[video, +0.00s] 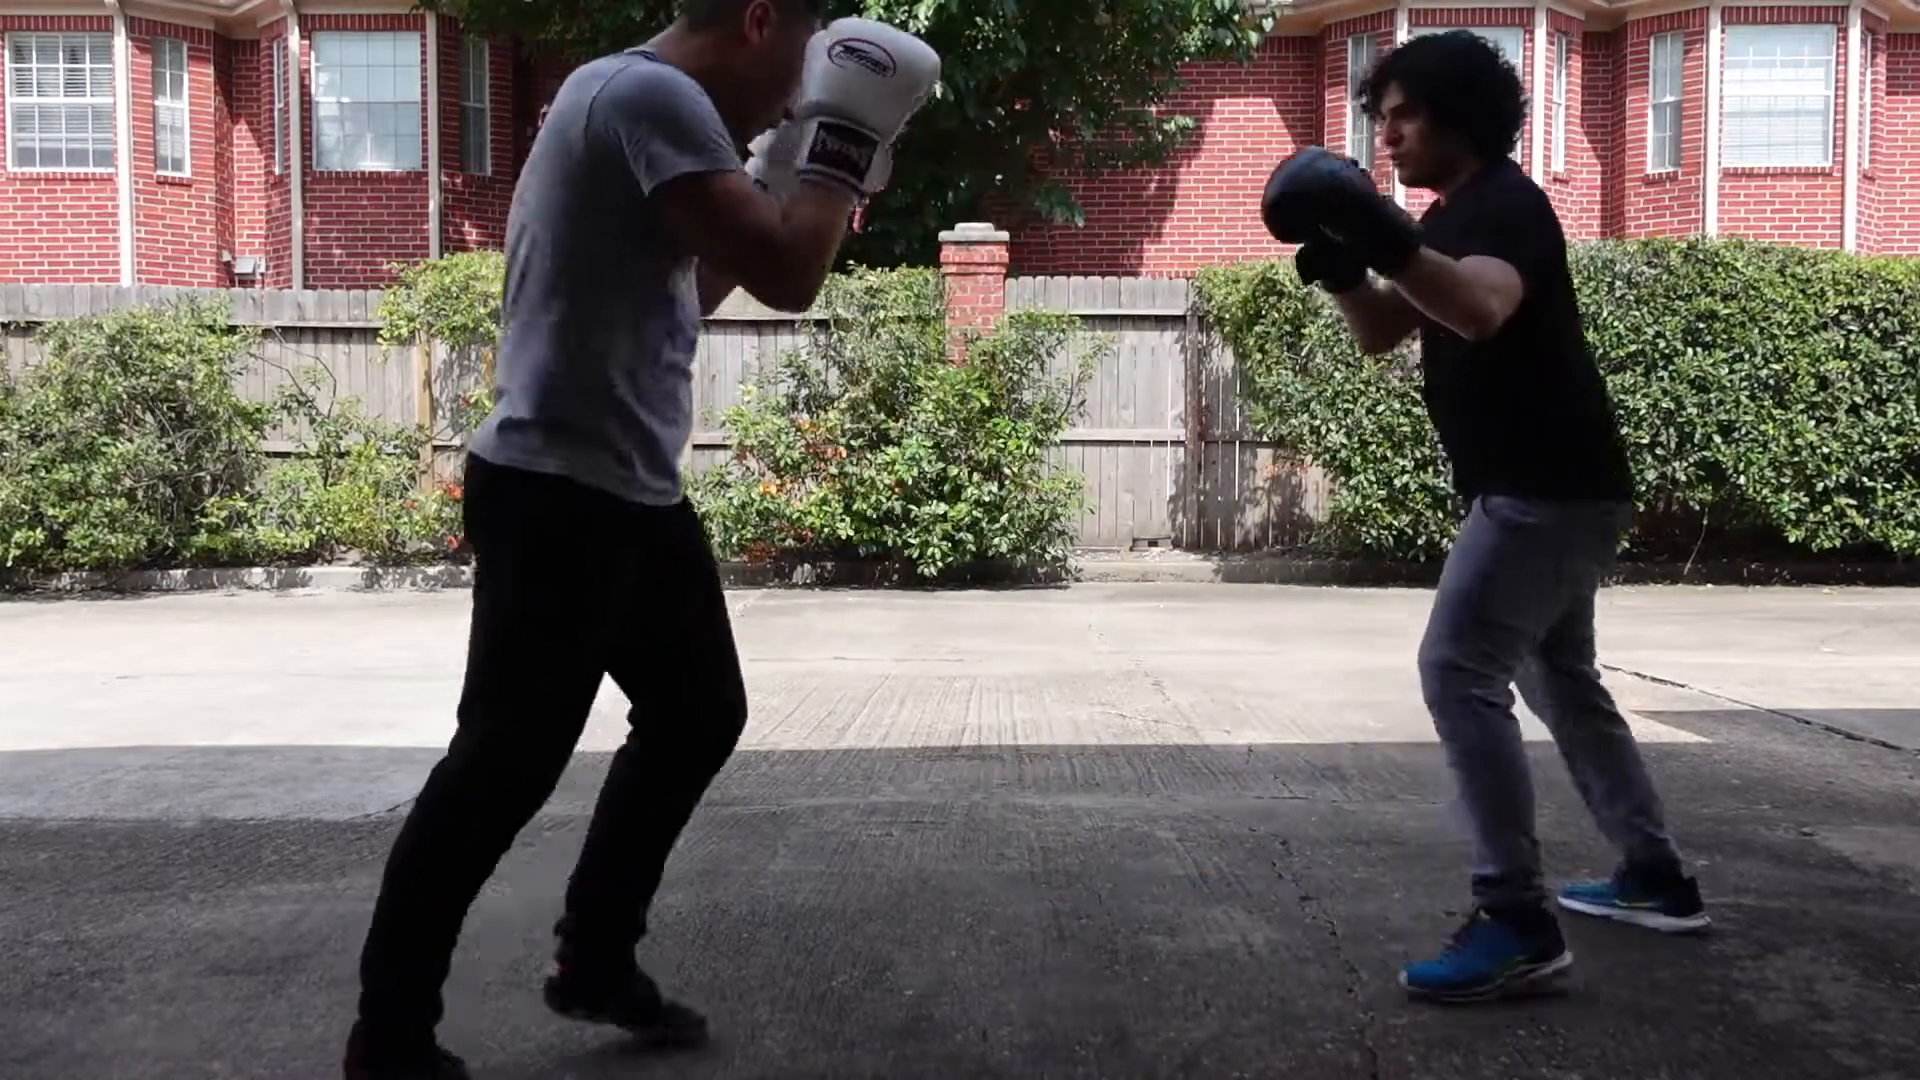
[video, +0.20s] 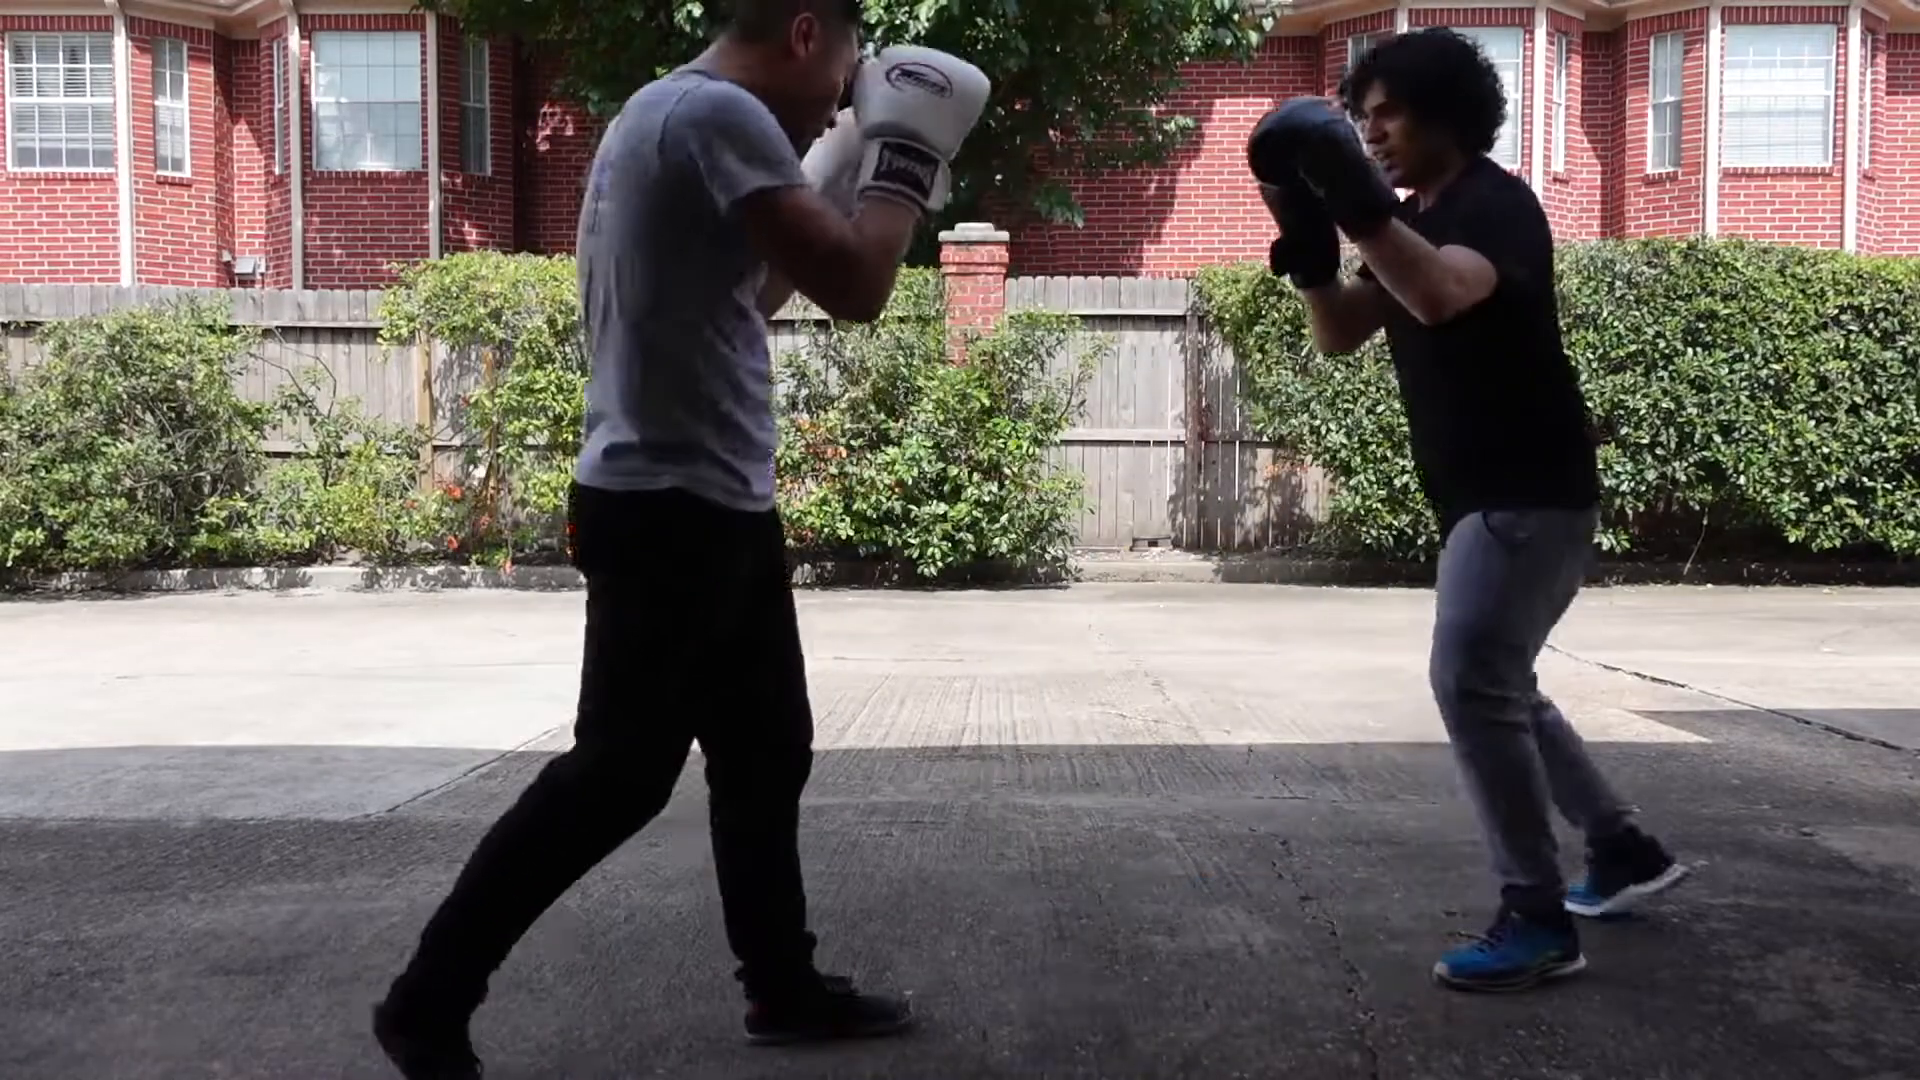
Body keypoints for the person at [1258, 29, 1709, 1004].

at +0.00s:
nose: (1384, 138)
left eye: (1397, 117)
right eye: (1381, 120)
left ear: (1451, 117)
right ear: (1436, 123)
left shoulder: (1504, 204)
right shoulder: (1447, 216)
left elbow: (1481, 309)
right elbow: (1382, 330)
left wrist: (1377, 231)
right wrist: (1333, 264)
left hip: (1544, 496)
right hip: (1537, 493)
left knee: (1457, 674)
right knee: (1559, 681)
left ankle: (1516, 918)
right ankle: (1656, 874)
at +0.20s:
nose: (1370, 137)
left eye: (1383, 117)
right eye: (1364, 122)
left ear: (1441, 115)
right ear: (1384, 127)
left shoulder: (1495, 203)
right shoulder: (1416, 219)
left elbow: (1440, 295)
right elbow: (1343, 327)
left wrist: (1350, 197)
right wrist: (1313, 253)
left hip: (1531, 501)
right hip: (1489, 501)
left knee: (1470, 685)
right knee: (1499, 686)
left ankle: (1536, 920)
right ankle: (1620, 842)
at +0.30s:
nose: (1353, 132)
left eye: (1368, 112)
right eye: (1346, 117)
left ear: (1428, 112)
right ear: (1356, 127)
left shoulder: (1481, 206)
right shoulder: (1392, 219)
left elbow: (1443, 321)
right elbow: (1331, 348)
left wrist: (1346, 225)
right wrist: (1292, 264)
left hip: (1500, 496)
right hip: (1430, 498)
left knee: (1464, 690)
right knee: (1388, 664)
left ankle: (1536, 917)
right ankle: (1539, 812)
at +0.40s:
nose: (1329, 132)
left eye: (1343, 112)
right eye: (1322, 117)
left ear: (1406, 111)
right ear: (1323, 126)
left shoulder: (1456, 202)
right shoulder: (1350, 216)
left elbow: (1425, 302)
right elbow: (1289, 324)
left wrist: (1328, 208)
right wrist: (1257, 242)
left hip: (1469, 496)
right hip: (1386, 496)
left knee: (1459, 688)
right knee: (1328, 648)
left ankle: (1536, 915)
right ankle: (1401, 823)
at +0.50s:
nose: (1298, 142)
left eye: (1314, 123)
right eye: (1294, 127)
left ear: (1372, 124)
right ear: (1304, 137)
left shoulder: (1421, 207)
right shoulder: (1316, 229)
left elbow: (1383, 285)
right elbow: (1240, 328)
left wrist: (1296, 186)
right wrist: (1221, 237)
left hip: (1426, 498)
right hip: (1342, 499)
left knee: (1440, 690)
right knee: (1287, 664)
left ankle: (1532, 912)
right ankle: (1274, 820)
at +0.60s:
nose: (1262, 164)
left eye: (1274, 146)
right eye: (1259, 149)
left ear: (1324, 148)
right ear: (1279, 156)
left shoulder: (1370, 233)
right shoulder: (1282, 254)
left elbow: (1355, 318)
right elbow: (1215, 351)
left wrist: (1273, 213)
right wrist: (1191, 276)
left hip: (1368, 524)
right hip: (1284, 519)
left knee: (1406, 702)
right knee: (1225, 668)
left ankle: (1512, 909)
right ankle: (1237, 830)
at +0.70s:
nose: (1235, 164)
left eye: (1249, 144)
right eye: (1226, 150)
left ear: (1302, 145)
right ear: (1222, 162)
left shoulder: (1337, 231)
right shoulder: (1235, 249)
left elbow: (1342, 324)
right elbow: (1175, 348)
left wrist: (1245, 235)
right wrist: (1151, 274)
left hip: (1332, 504)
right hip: (1249, 508)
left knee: (1329, 662)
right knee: (1202, 670)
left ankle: (1432, 870)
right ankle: (1235, 832)